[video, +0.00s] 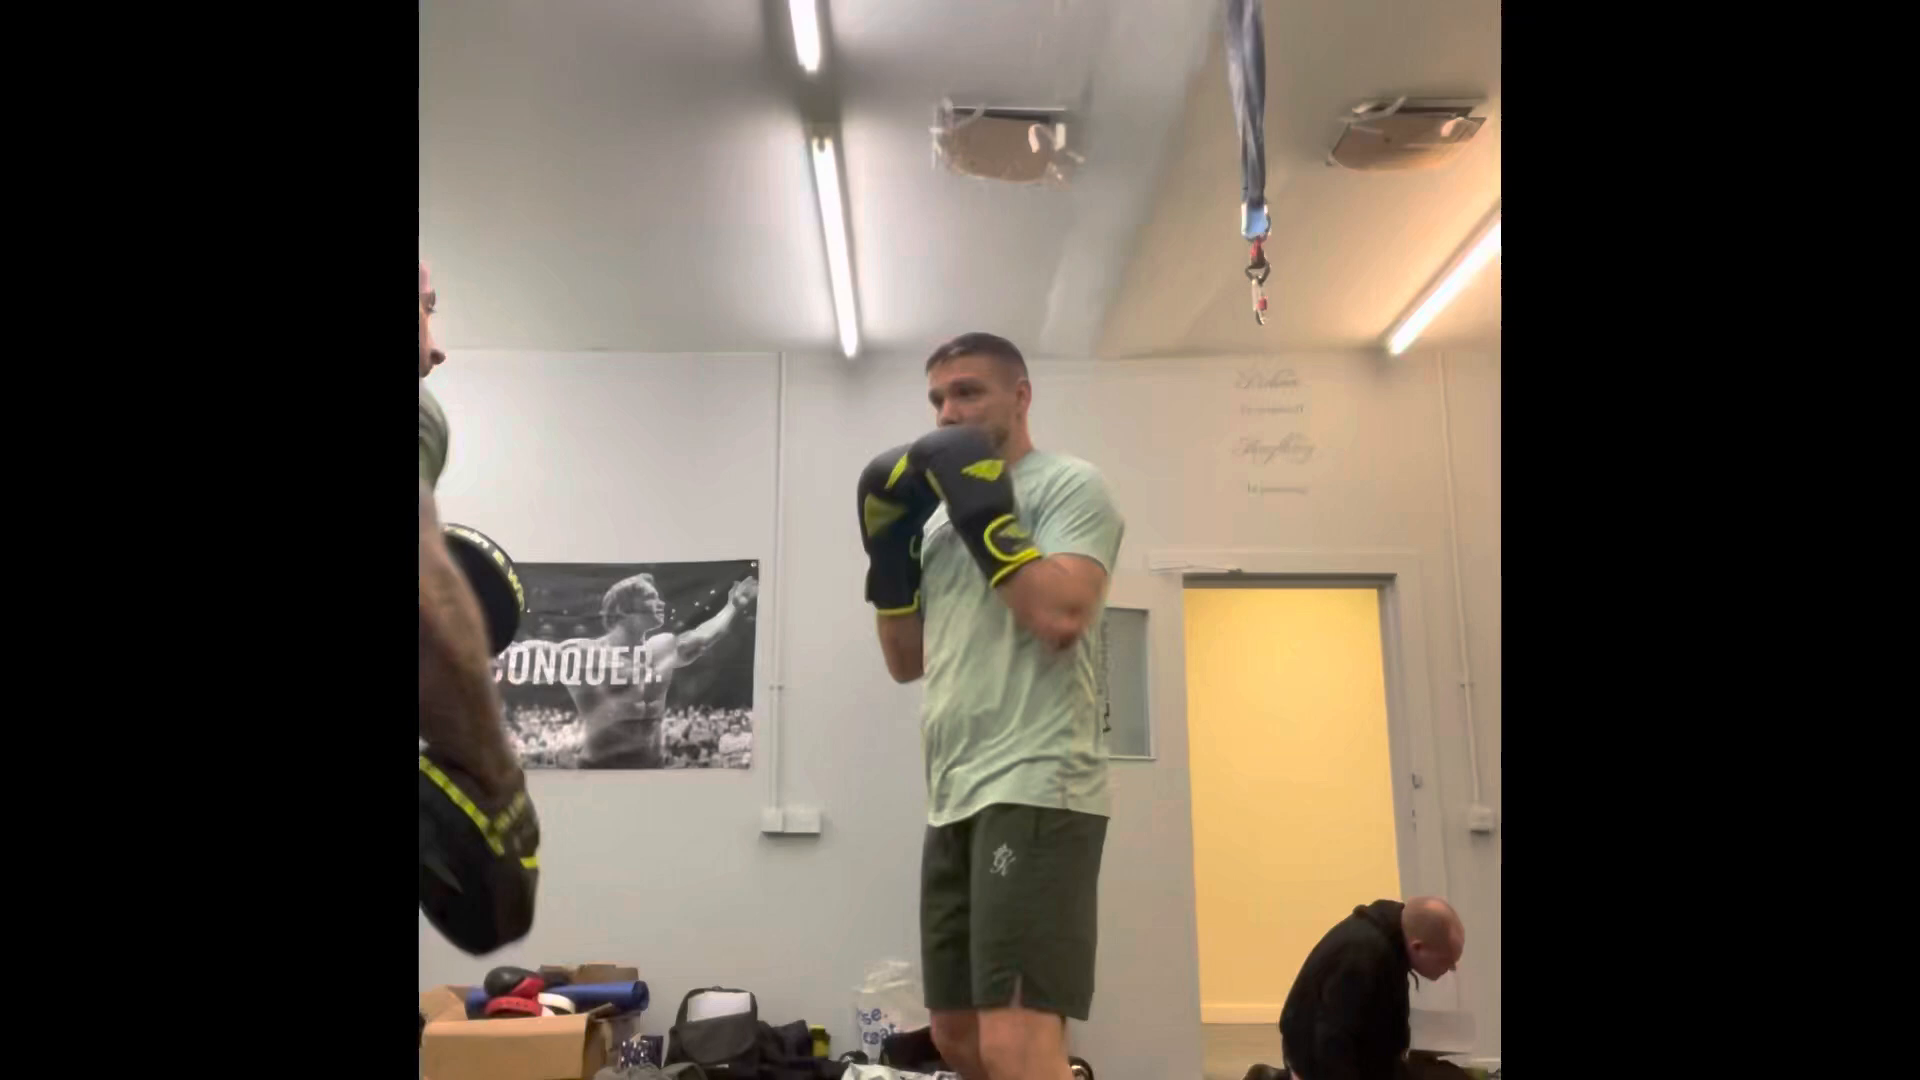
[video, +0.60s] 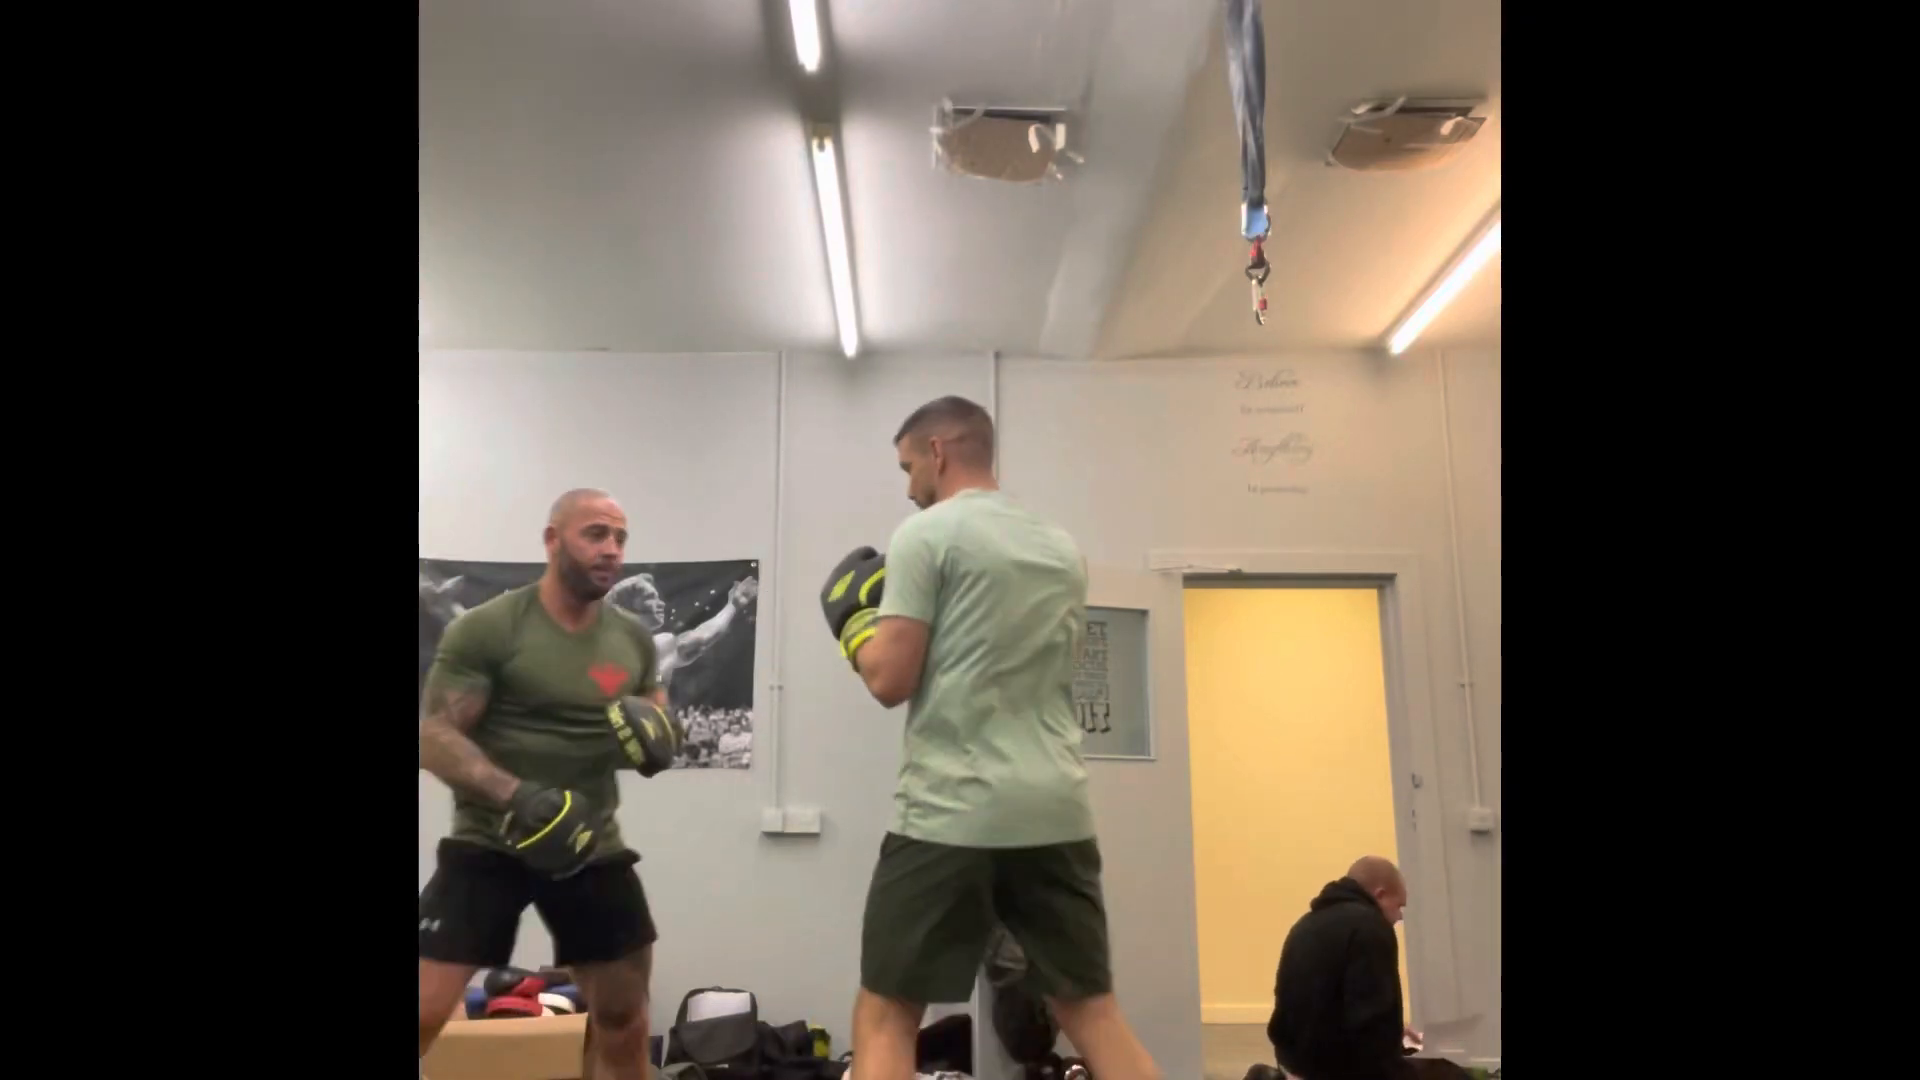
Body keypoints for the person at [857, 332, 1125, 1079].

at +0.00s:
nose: (951, 414)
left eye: (968, 394)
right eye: (939, 401)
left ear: (1020, 395)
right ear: (930, 413)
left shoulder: (1070, 486)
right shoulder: (938, 527)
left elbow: (1061, 616)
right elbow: (906, 663)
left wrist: (980, 512)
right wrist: (887, 547)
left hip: (1040, 785)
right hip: (957, 792)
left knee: (1018, 1039)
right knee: (959, 1036)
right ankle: (1059, 1076)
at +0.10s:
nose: (920, 443)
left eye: (938, 424)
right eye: (915, 431)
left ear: (998, 427)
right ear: (914, 443)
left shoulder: (1042, 525)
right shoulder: (947, 550)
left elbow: (1047, 671)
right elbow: (929, 699)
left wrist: (942, 600)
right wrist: (873, 619)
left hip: (1014, 821)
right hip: (939, 823)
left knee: (1000, 1051)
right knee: (899, 1032)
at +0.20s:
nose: (892, 472)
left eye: (908, 454)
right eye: (889, 460)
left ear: (965, 454)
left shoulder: (1003, 538)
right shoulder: (928, 566)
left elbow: (1010, 672)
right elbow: (931, 700)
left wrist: (908, 623)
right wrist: (870, 656)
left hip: (976, 824)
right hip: (919, 826)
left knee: (963, 1044)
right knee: (906, 1039)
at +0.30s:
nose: (849, 501)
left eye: (860, 481)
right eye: (847, 488)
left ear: (913, 472)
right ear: (911, 478)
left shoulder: (946, 546)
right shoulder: (928, 559)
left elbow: (977, 670)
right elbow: (943, 674)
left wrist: (865, 656)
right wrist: (863, 631)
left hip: (946, 830)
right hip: (967, 831)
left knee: (864, 1028)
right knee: (932, 1033)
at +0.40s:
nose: (830, 504)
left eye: (836, 483)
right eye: (826, 490)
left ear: (884, 468)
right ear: (891, 474)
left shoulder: (911, 538)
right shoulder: (945, 543)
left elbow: (908, 666)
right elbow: (926, 668)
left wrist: (815, 630)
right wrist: (853, 606)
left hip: (915, 827)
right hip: (985, 828)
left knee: (814, 1021)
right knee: (956, 1021)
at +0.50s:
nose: (845, 515)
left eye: (847, 494)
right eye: (842, 498)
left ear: (885, 476)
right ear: (903, 479)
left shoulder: (884, 557)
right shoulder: (994, 568)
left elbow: (856, 699)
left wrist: (795, 646)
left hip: (904, 841)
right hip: (999, 839)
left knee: (809, 1029)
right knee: (1019, 1034)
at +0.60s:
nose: (909, 491)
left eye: (908, 470)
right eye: (905, 472)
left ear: (939, 450)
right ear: (975, 453)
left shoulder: (927, 535)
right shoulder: (1061, 547)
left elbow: (890, 681)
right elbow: (1042, 667)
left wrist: (854, 622)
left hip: (949, 816)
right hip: (1058, 811)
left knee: (887, 1015)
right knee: (1090, 1009)